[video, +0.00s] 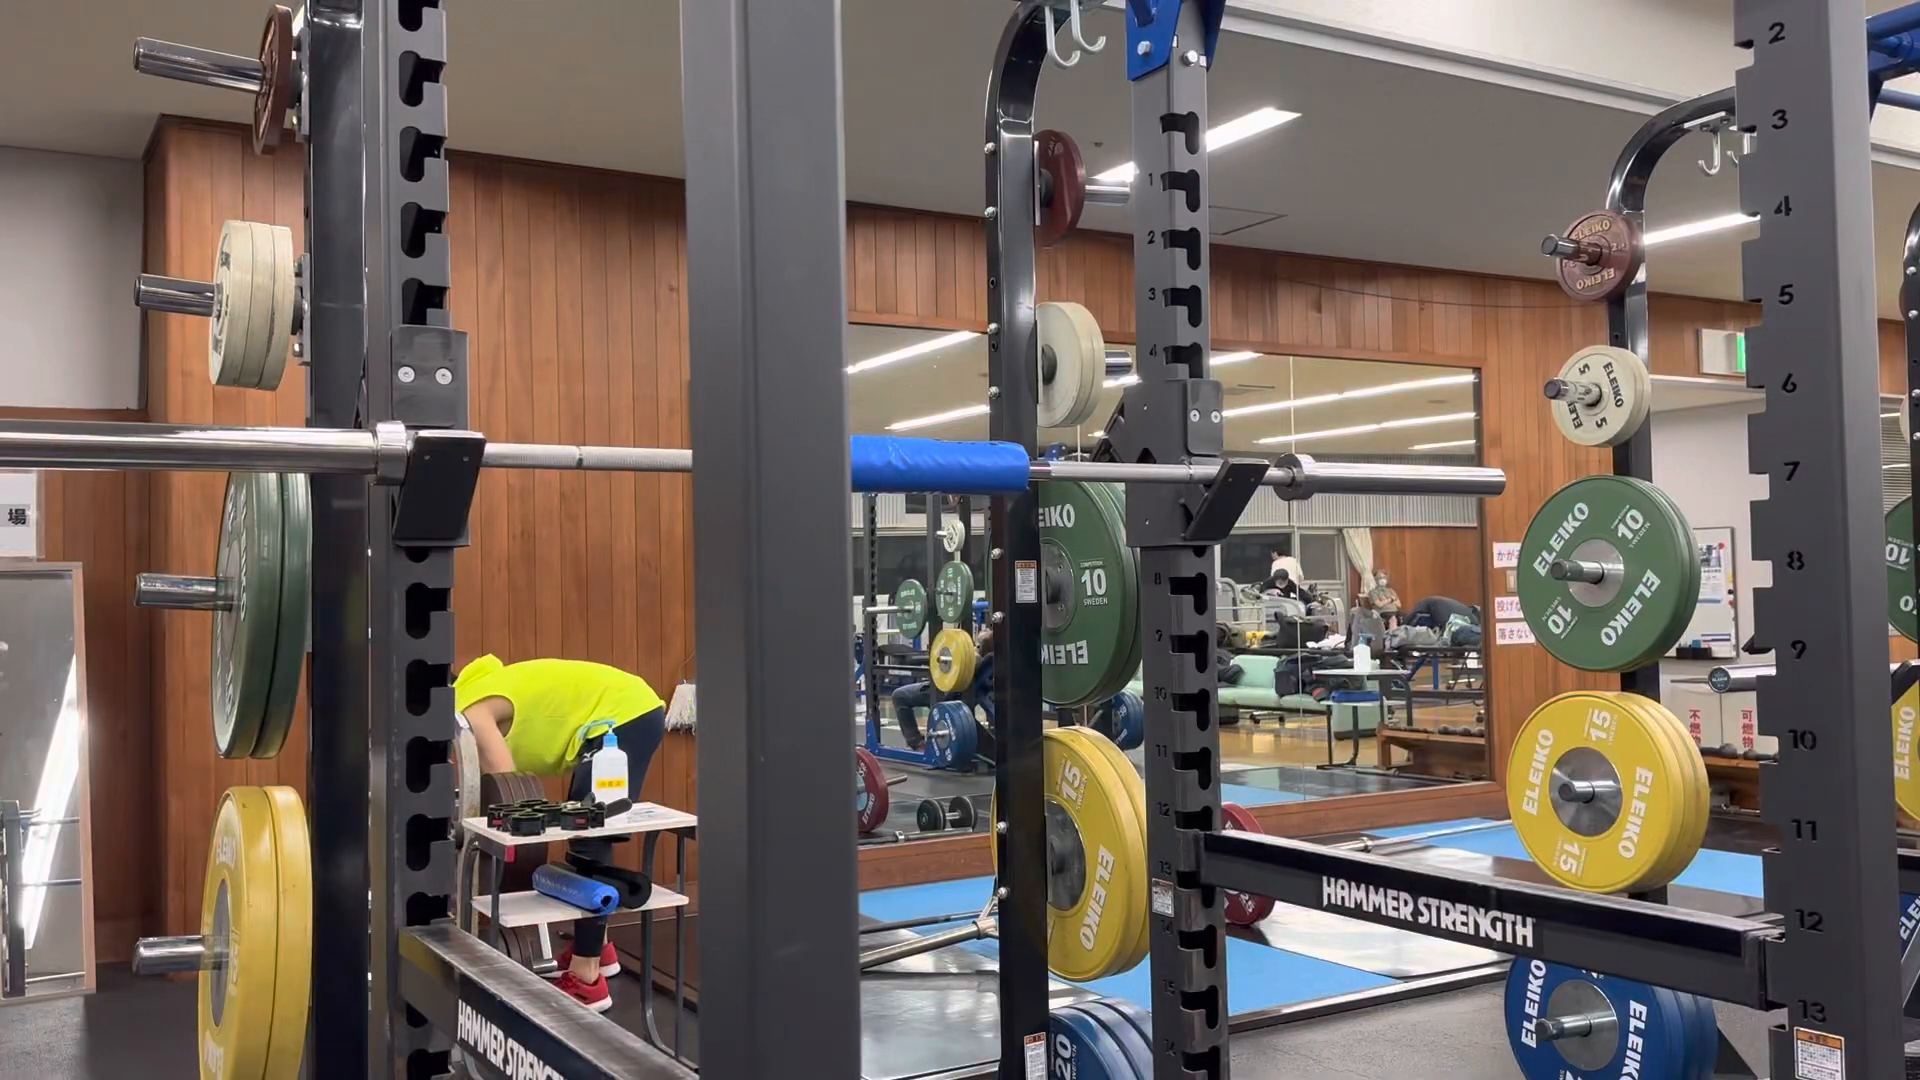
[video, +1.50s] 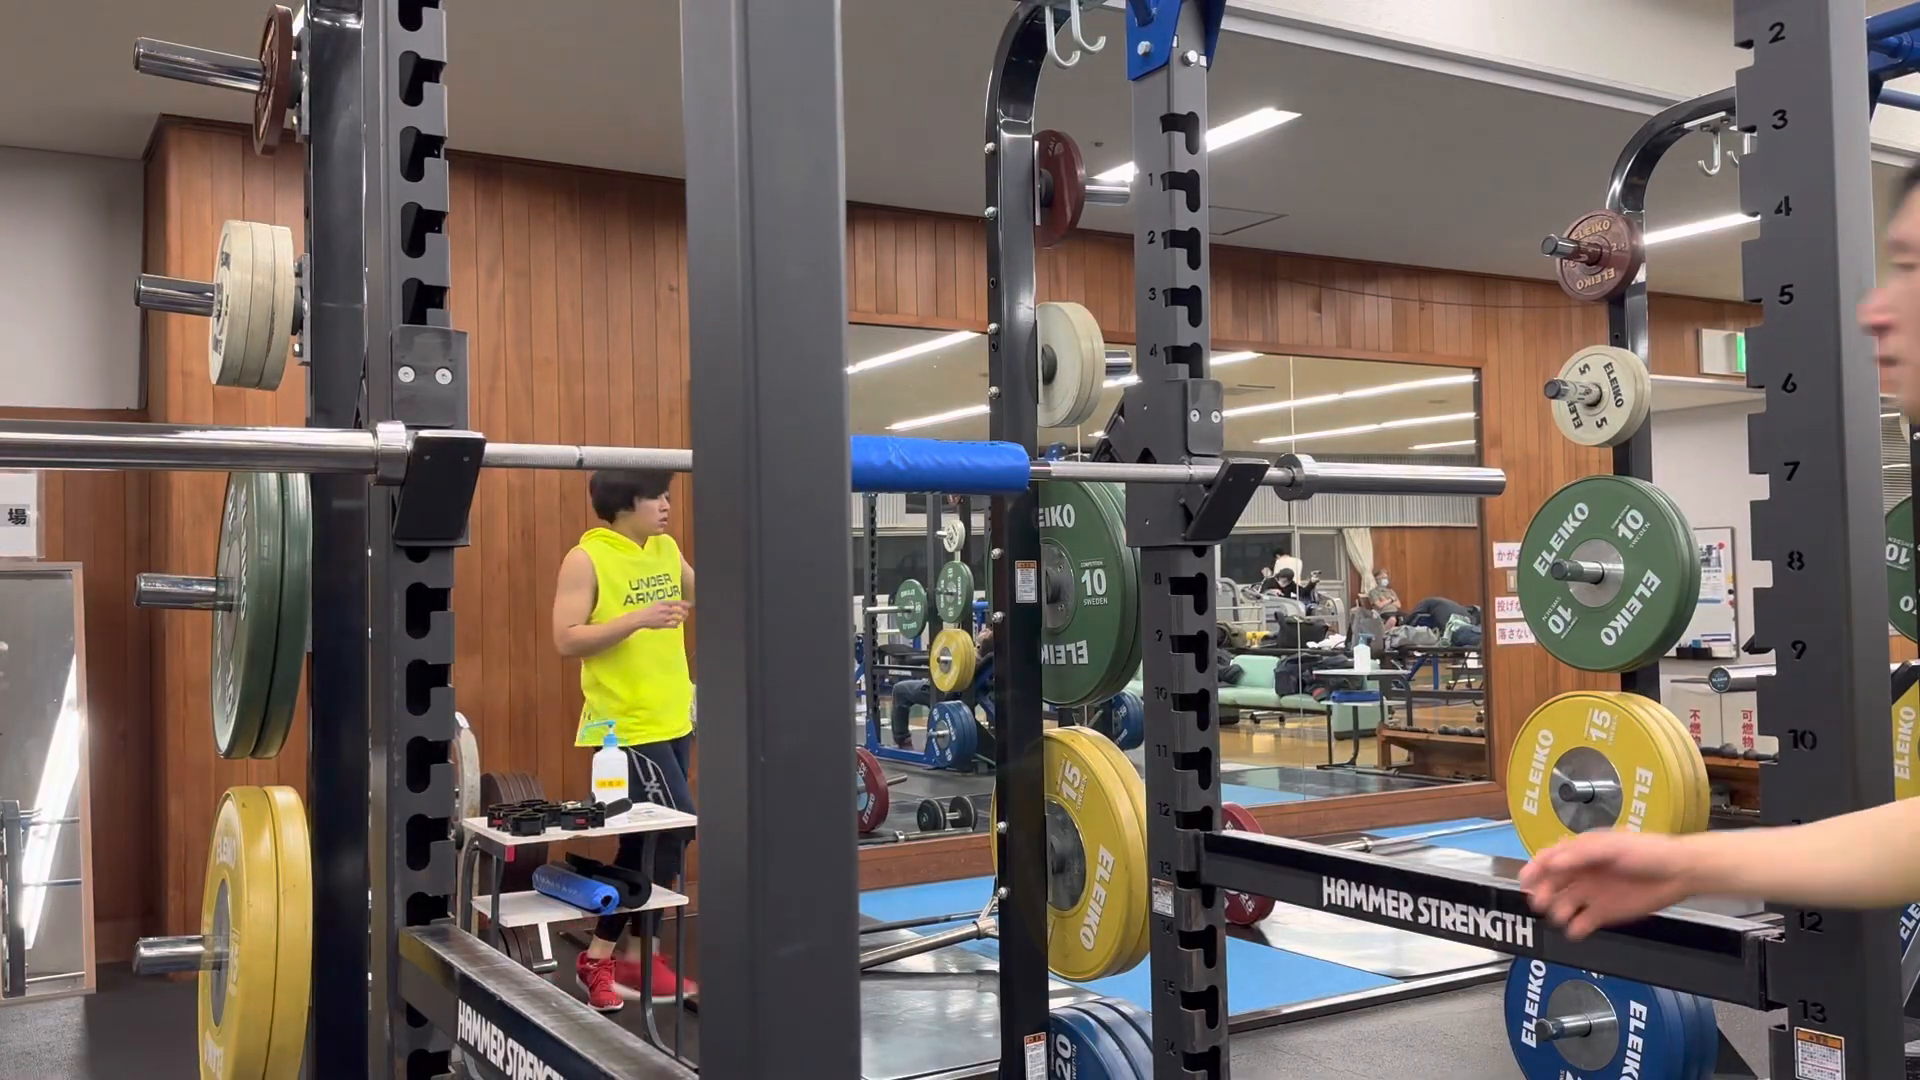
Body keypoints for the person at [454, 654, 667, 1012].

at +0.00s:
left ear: (447, 709)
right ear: (453, 685)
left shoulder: (474, 709)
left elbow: (506, 785)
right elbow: (502, 785)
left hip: (621, 720)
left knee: (588, 849)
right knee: (587, 843)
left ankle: (585, 977)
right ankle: (595, 945)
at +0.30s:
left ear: (439, 659)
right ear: (459, 639)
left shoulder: (482, 672)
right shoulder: (477, 673)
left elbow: (529, 745)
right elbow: (513, 748)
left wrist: (517, 815)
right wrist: (501, 809)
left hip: (622, 722)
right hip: (614, 721)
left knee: (586, 848)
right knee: (586, 844)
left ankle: (584, 976)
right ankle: (596, 943)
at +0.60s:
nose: (463, 557)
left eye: (473, 547)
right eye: (463, 548)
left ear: (505, 552)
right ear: (490, 555)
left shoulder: (541, 597)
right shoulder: (501, 608)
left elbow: (596, 655)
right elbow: (537, 684)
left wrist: (596, 734)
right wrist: (537, 754)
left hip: (619, 721)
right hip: (578, 725)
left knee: (594, 834)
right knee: (575, 835)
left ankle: (604, 962)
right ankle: (585, 946)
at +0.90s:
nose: (535, 515)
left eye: (549, 507)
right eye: (528, 510)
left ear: (576, 520)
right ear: (522, 527)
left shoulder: (603, 570)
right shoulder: (529, 582)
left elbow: (660, 638)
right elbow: (544, 645)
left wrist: (641, 717)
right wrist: (529, 696)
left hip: (617, 737)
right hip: (565, 738)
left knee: (615, 850)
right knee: (557, 843)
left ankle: (613, 957)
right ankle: (582, 930)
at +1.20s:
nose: (615, 509)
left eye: (622, 500)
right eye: (602, 501)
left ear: (633, 508)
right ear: (575, 512)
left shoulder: (661, 562)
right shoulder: (551, 570)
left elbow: (702, 618)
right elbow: (521, 643)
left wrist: (701, 652)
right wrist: (557, 646)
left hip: (657, 725)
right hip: (592, 730)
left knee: (639, 848)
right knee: (596, 843)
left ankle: (617, 953)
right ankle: (577, 927)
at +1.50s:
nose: (667, 505)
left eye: (667, 495)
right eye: (657, 496)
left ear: (653, 502)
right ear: (622, 502)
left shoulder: (665, 547)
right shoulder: (586, 559)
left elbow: (699, 594)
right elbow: (566, 639)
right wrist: (638, 618)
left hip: (672, 720)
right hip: (623, 726)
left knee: (647, 848)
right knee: (679, 829)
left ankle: (607, 953)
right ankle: (634, 952)